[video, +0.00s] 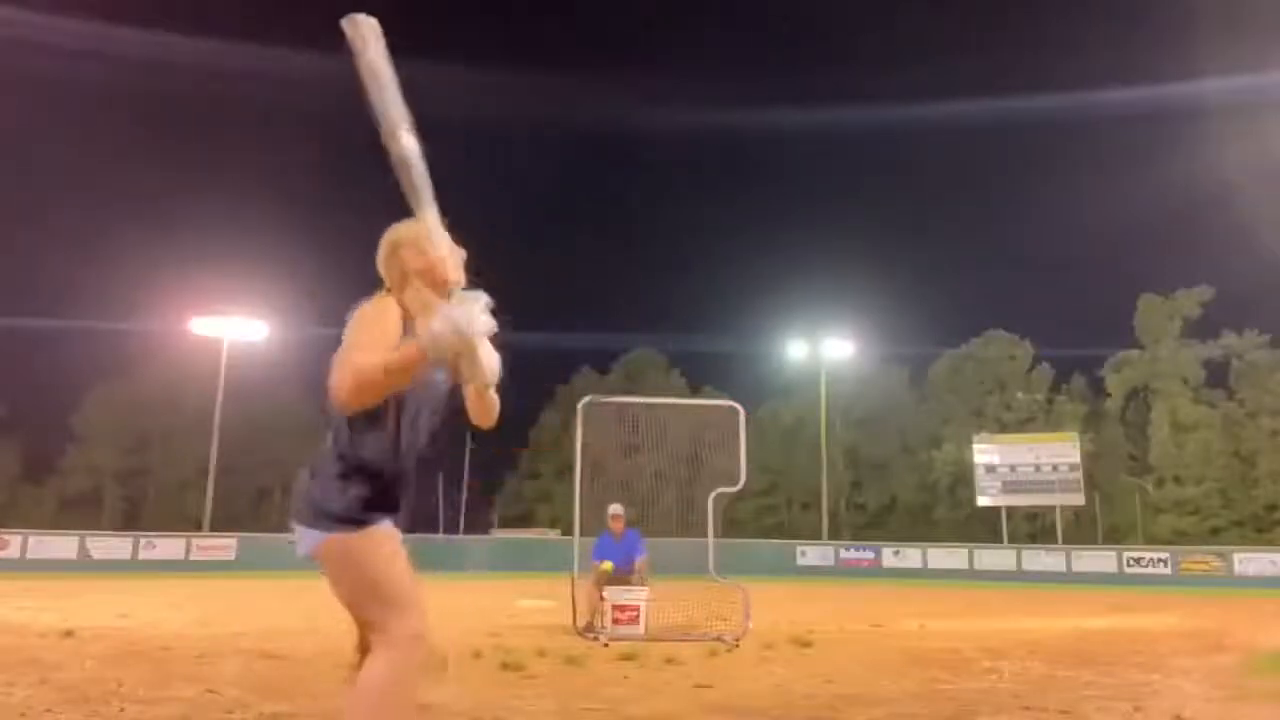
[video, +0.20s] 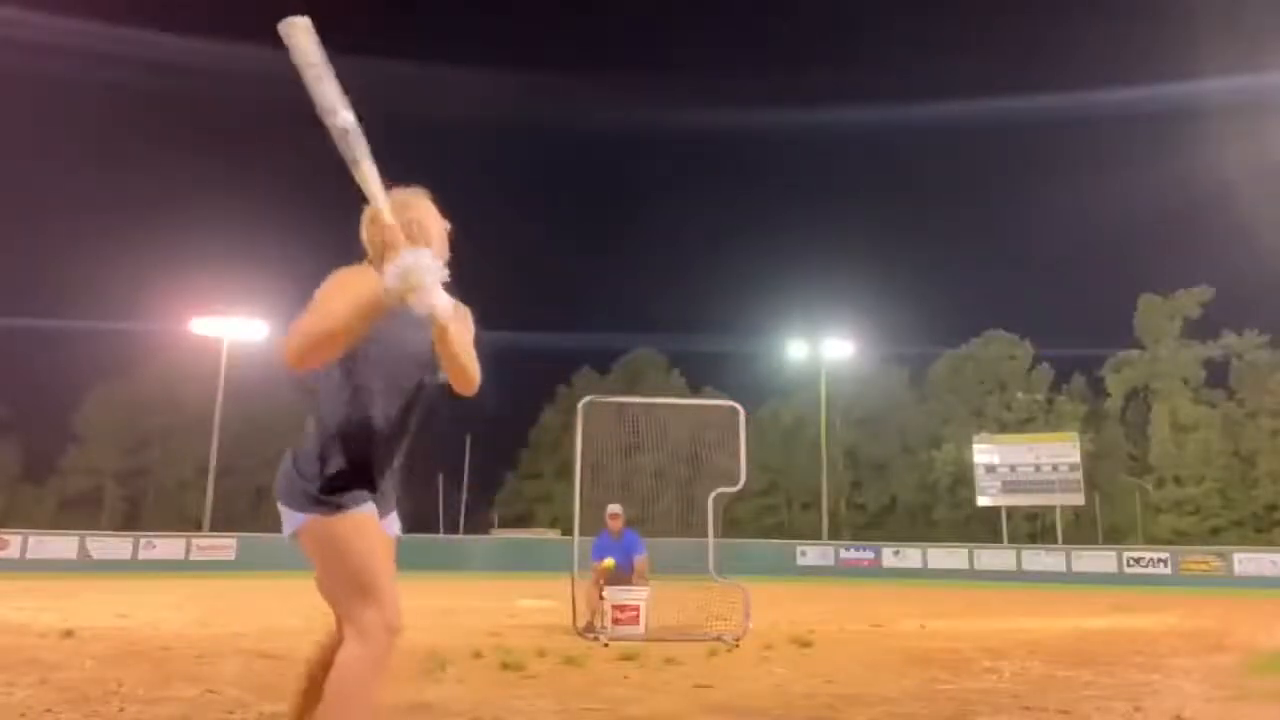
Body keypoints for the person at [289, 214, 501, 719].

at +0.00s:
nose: (459, 253)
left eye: (454, 245)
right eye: (444, 245)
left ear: (438, 262)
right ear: (413, 262)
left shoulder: (451, 322)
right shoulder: (380, 313)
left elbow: (485, 417)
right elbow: (346, 392)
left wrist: (475, 356)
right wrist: (434, 341)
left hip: (375, 508)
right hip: (342, 507)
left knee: (381, 643)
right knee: (404, 638)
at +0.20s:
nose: (448, 229)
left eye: (444, 221)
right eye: (436, 219)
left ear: (420, 234)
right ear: (403, 230)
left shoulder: (450, 312)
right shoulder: (355, 283)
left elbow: (467, 383)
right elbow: (299, 351)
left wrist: (442, 321)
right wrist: (387, 291)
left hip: (377, 491)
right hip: (324, 488)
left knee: (360, 628)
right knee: (375, 626)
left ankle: (311, 710)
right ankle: (339, 714)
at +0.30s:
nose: (430, 231)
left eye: (428, 222)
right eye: (418, 223)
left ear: (422, 232)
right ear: (379, 230)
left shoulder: (435, 304)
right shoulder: (334, 276)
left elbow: (453, 367)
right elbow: (293, 344)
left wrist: (413, 296)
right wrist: (359, 275)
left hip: (362, 488)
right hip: (310, 480)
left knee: (322, 634)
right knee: (359, 626)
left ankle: (242, 710)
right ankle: (322, 712)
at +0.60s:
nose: (382, 262)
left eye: (384, 252)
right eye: (373, 251)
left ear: (377, 260)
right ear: (343, 249)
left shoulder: (366, 307)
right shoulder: (302, 280)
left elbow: (411, 374)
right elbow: (305, 362)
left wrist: (406, 315)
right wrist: (360, 304)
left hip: (295, 488)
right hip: (273, 486)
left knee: (250, 641)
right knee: (334, 623)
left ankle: (190, 712)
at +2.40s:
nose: (411, 274)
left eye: (413, 266)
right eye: (410, 262)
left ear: (356, 248)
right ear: (395, 255)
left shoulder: (338, 298)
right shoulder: (352, 280)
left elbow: (421, 389)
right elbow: (373, 344)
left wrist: (462, 336)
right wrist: (436, 306)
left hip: (262, 482)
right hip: (297, 484)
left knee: (261, 641)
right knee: (364, 631)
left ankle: (186, 712)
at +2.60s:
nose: (449, 266)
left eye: (449, 255)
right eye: (447, 252)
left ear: (399, 246)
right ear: (431, 248)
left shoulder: (396, 316)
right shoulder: (373, 277)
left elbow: (429, 397)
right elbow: (384, 339)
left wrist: (482, 361)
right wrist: (463, 318)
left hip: (301, 479)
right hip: (314, 478)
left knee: (329, 638)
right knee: (386, 636)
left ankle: (237, 713)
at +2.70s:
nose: (454, 278)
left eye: (458, 270)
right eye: (455, 266)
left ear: (412, 256)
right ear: (438, 258)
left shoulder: (407, 321)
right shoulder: (376, 278)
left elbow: (431, 402)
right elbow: (377, 334)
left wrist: (477, 371)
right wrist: (463, 325)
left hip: (318, 482)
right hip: (309, 480)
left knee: (368, 634)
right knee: (390, 635)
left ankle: (272, 712)